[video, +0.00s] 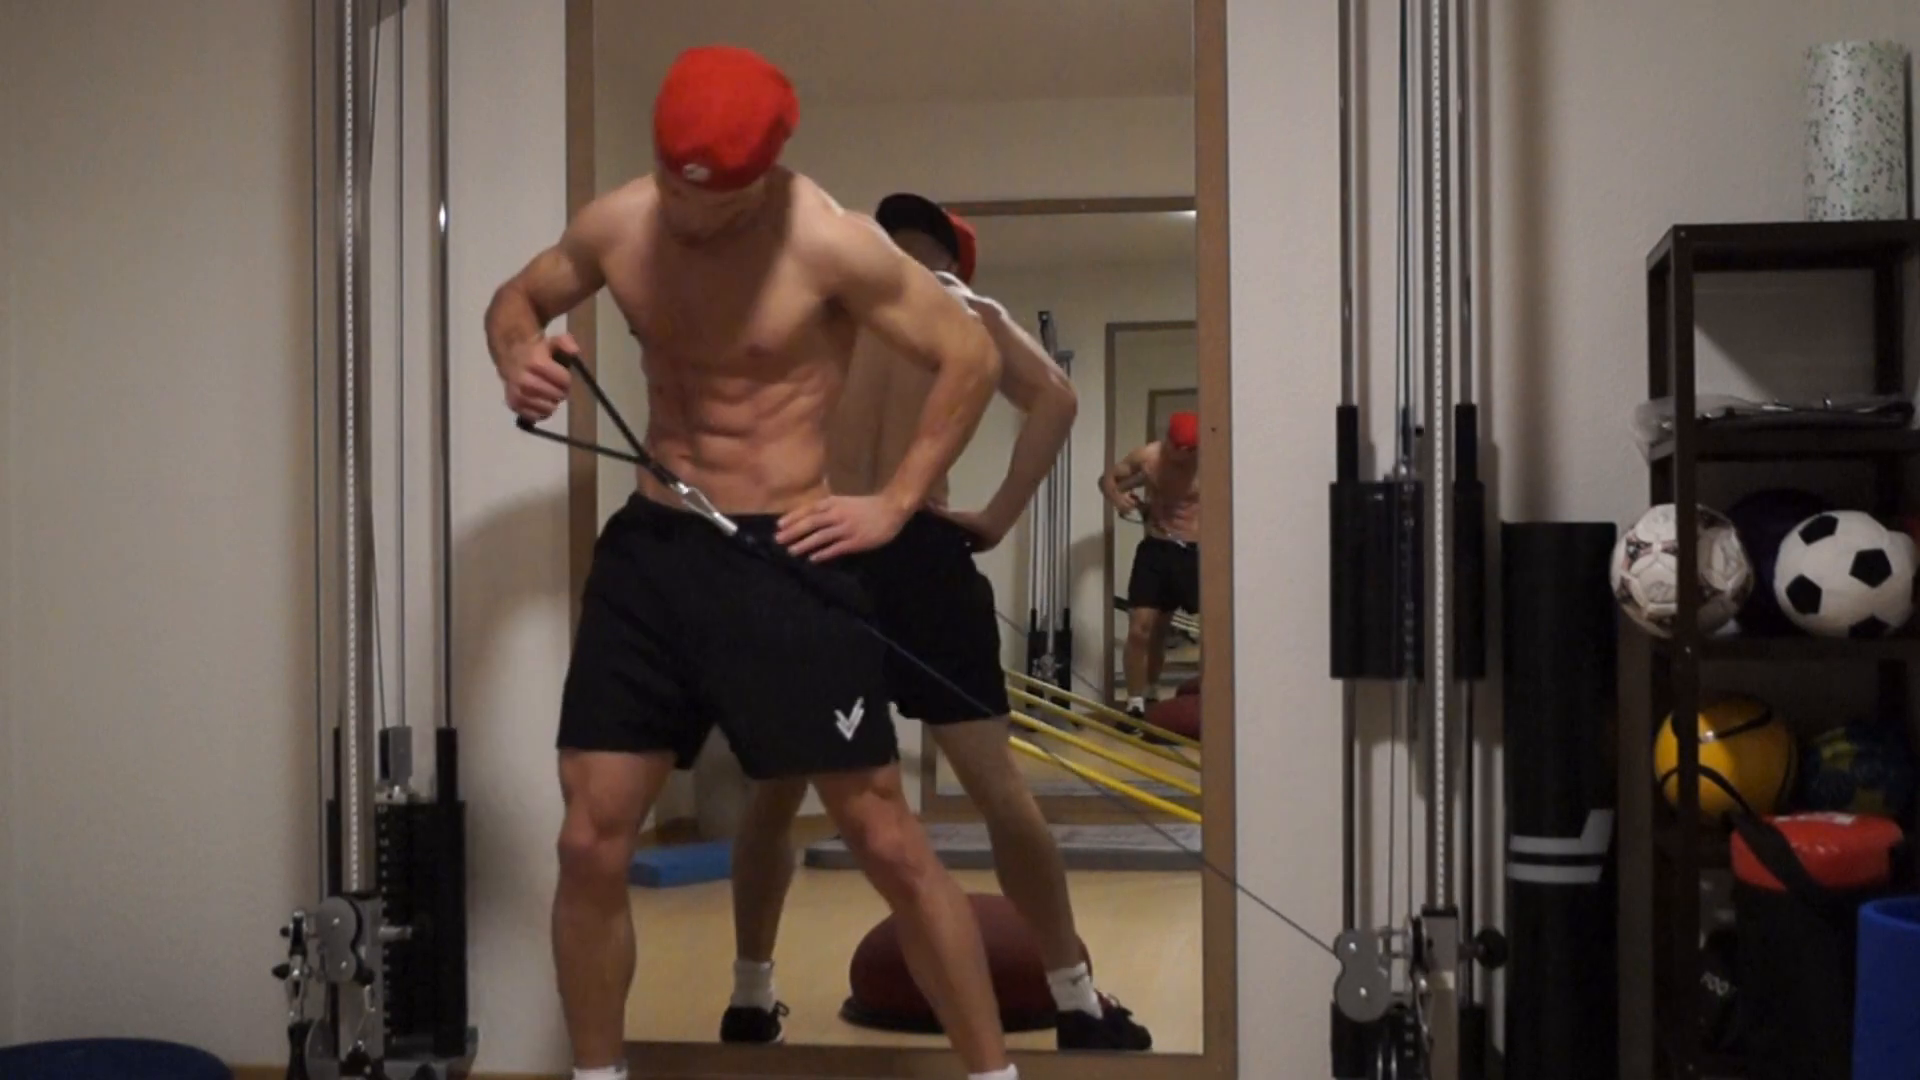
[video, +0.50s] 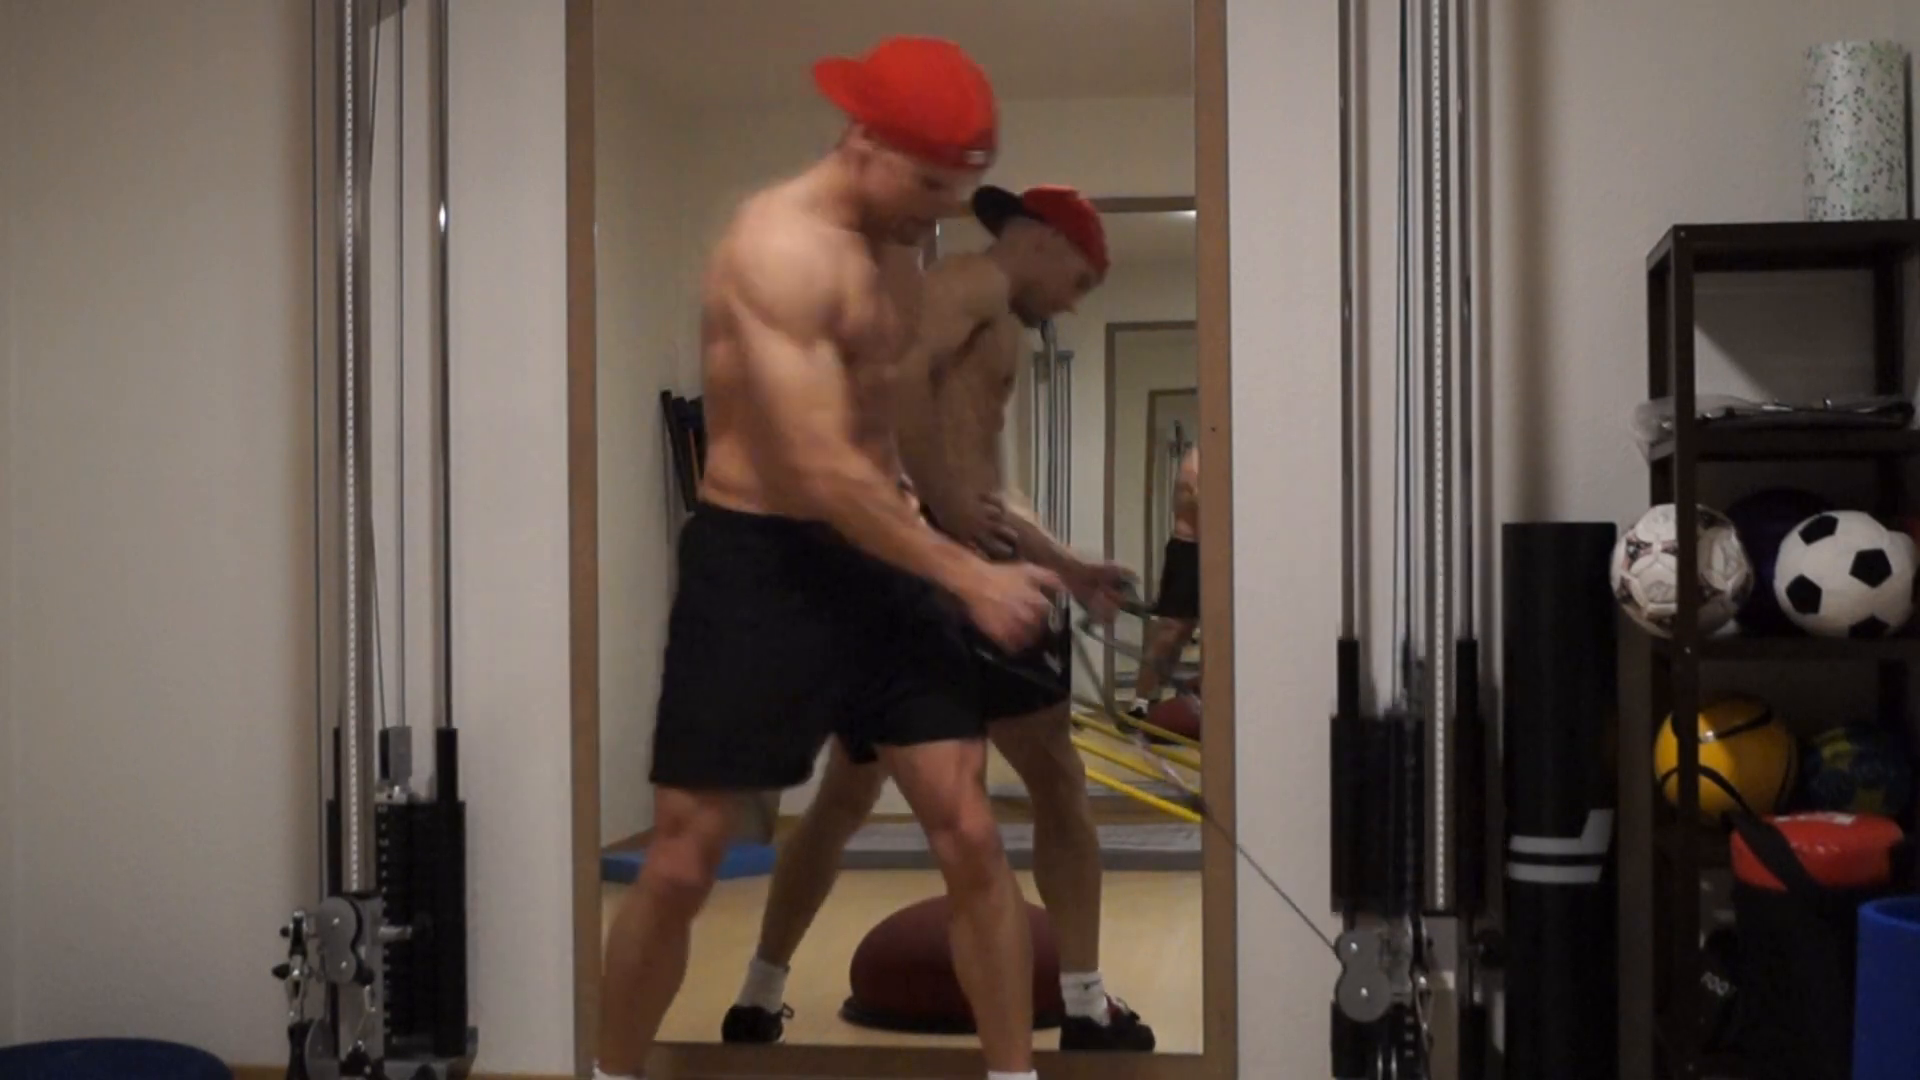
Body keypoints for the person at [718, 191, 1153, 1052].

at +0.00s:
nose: (950, 278)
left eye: (934, 265)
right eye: (956, 266)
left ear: (865, 242)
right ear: (954, 260)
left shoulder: (811, 298)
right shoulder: (970, 312)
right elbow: (1052, 394)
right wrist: (997, 517)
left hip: (802, 569)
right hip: (921, 561)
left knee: (773, 797)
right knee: (1001, 791)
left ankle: (751, 995)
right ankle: (1078, 1000)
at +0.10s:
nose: (915, 273)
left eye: (913, 257)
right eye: (920, 257)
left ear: (858, 245)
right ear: (946, 260)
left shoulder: (806, 301)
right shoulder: (965, 310)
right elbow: (1051, 395)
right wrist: (1000, 519)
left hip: (798, 566)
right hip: (921, 560)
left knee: (772, 792)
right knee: (1004, 793)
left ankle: (750, 996)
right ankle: (1077, 1000)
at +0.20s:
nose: (973, 272)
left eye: (966, 264)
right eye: (973, 261)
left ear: (864, 234)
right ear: (957, 248)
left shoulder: (809, 290)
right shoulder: (970, 299)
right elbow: (1046, 381)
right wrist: (1016, 502)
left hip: (808, 562)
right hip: (931, 552)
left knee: (785, 788)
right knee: (1012, 779)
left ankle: (750, 999)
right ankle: (1079, 1003)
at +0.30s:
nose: (1000, 282)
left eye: (1000, 272)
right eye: (999, 268)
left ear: (907, 237)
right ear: (982, 249)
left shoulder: (848, 290)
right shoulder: (985, 280)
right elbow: (1005, 359)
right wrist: (1035, 474)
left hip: (844, 547)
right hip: (954, 540)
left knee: (814, 790)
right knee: (1038, 775)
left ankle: (755, 996)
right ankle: (1082, 1004)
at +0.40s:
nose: (1033, 299)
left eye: (1040, 287)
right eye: (1038, 279)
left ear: (968, 236)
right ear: (1010, 246)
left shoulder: (887, 281)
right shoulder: (982, 281)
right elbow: (967, 415)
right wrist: (1005, 513)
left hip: (865, 537)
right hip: (954, 540)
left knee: (829, 792)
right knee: (1051, 780)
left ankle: (758, 996)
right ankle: (1083, 1005)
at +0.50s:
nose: (1077, 302)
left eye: (1086, 288)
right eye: (1082, 280)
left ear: (1044, 252)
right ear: (1044, 245)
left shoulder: (998, 331)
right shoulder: (972, 282)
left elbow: (972, 489)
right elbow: (887, 383)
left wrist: (1066, 565)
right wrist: (938, 503)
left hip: (940, 572)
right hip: (930, 572)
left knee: (841, 798)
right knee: (1060, 787)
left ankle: (761, 993)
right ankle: (1085, 1005)